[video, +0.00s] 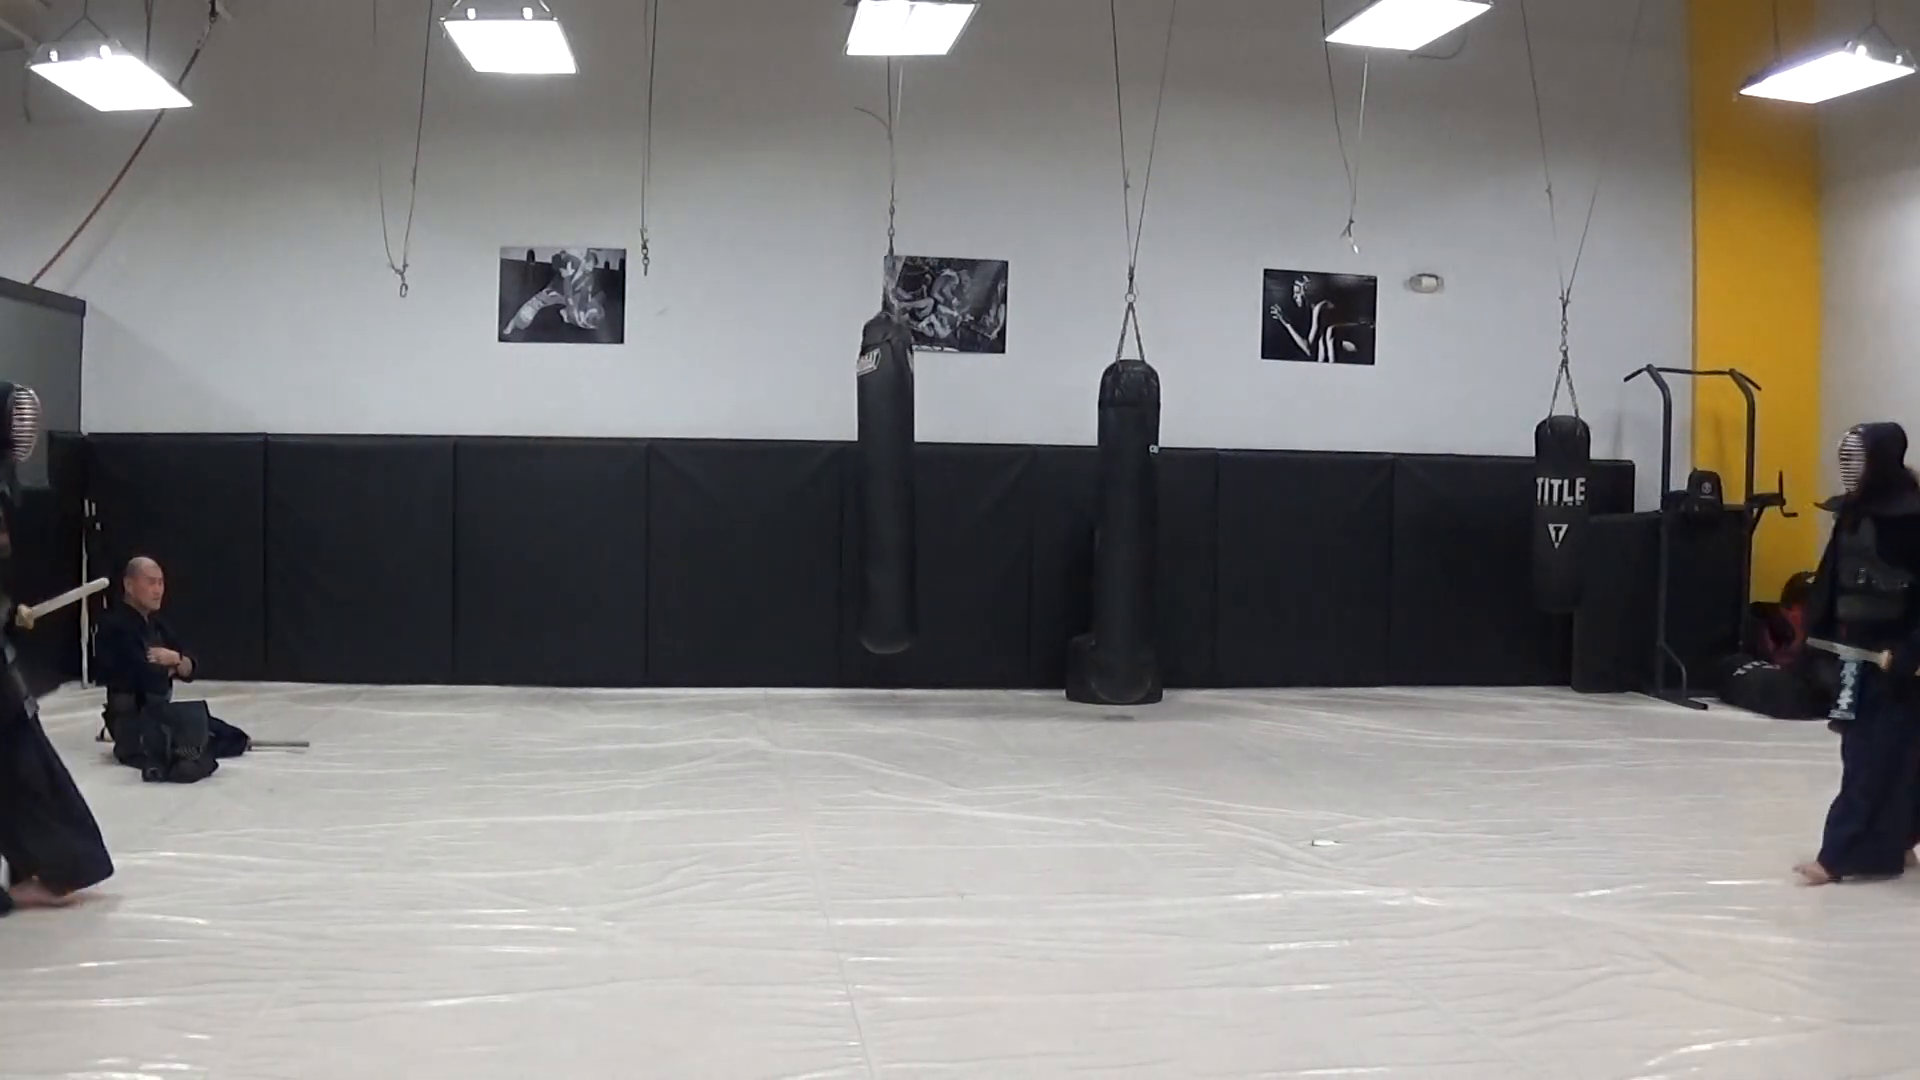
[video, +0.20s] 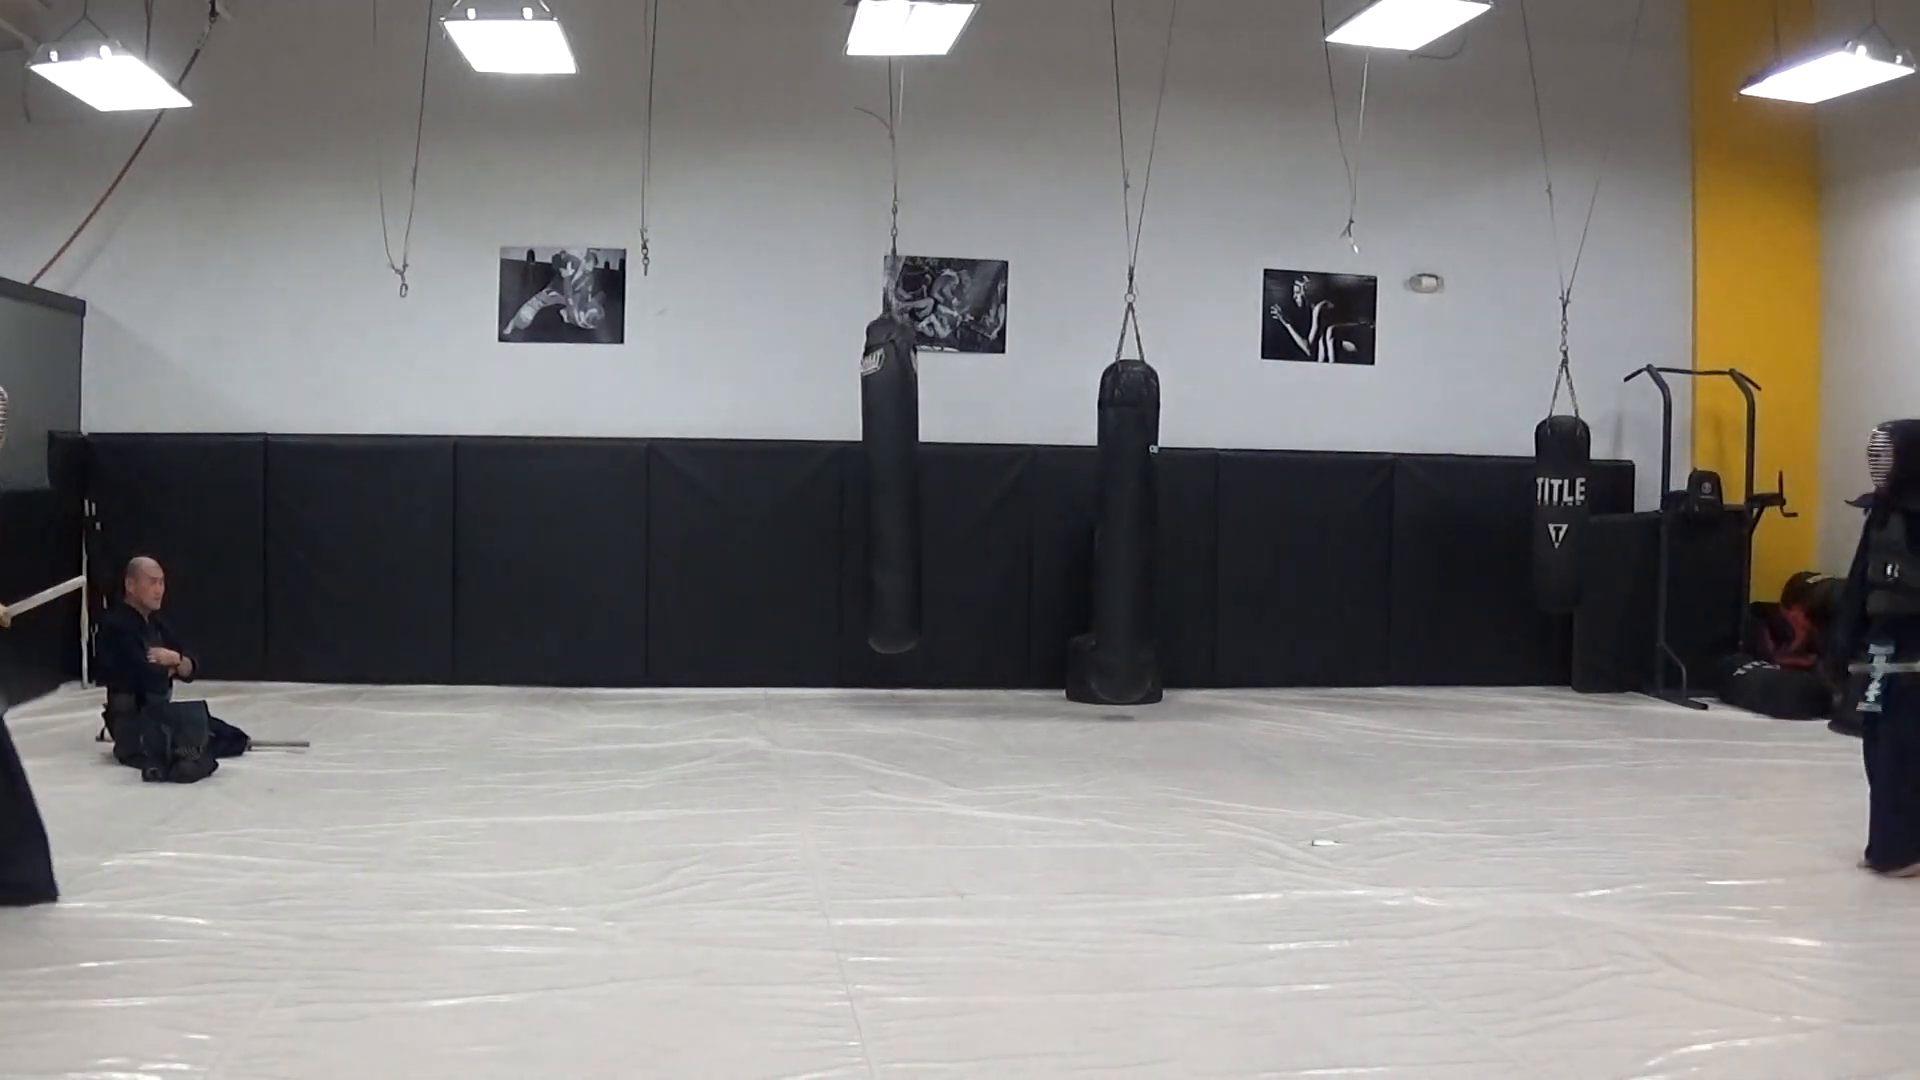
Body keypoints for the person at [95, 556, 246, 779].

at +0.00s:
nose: (158, 590)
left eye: (161, 583)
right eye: (151, 582)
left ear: (164, 585)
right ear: (129, 585)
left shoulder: (156, 623)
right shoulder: (114, 624)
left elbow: (192, 671)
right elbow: (134, 675)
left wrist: (176, 658)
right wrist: (174, 668)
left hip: (161, 717)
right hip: (130, 725)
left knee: (237, 740)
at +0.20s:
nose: (160, 589)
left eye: (162, 582)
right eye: (153, 582)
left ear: (165, 585)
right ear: (130, 585)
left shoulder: (155, 623)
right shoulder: (114, 624)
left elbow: (192, 670)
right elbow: (138, 676)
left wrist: (176, 659)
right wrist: (174, 668)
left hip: (161, 718)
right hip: (131, 727)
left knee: (237, 740)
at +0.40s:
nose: (160, 590)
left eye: (162, 582)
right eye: (153, 582)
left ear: (164, 585)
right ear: (130, 585)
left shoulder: (154, 623)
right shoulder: (115, 625)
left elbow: (191, 671)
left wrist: (175, 659)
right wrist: (173, 667)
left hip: (160, 719)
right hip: (132, 729)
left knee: (236, 739)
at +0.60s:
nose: (159, 590)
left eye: (161, 583)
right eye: (152, 582)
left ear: (164, 585)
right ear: (130, 585)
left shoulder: (155, 623)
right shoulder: (115, 625)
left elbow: (191, 671)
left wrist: (175, 658)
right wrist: (173, 667)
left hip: (162, 721)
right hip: (133, 730)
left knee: (237, 740)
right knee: (199, 761)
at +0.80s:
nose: (159, 589)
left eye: (161, 583)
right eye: (152, 582)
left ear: (163, 585)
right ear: (129, 584)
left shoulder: (155, 622)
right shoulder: (115, 625)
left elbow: (191, 670)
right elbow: (142, 679)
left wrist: (175, 658)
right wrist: (173, 667)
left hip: (162, 721)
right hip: (132, 731)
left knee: (237, 740)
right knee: (201, 762)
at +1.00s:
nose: (159, 589)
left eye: (161, 582)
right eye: (152, 582)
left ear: (163, 584)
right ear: (129, 584)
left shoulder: (155, 622)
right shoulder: (114, 625)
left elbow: (192, 670)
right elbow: (142, 678)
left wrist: (176, 658)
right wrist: (173, 667)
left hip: (161, 721)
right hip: (132, 731)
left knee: (237, 740)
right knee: (200, 760)